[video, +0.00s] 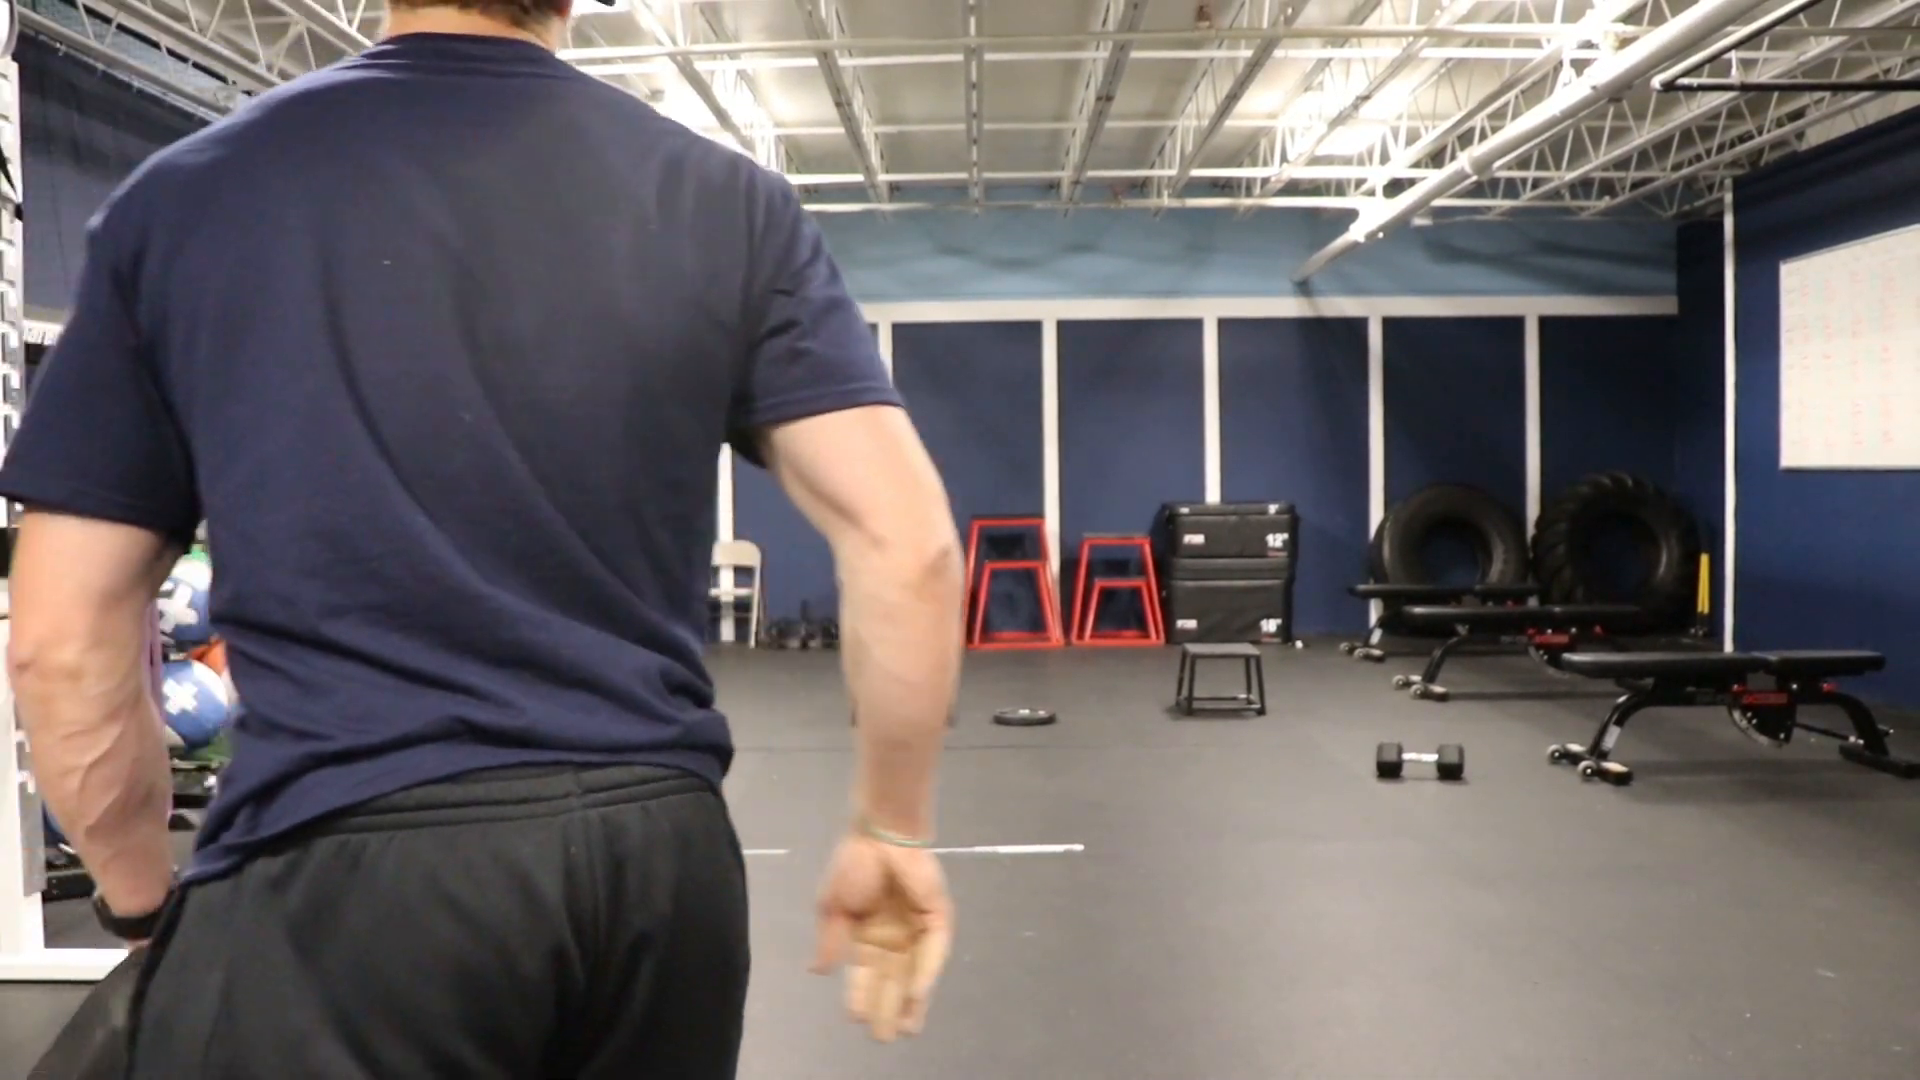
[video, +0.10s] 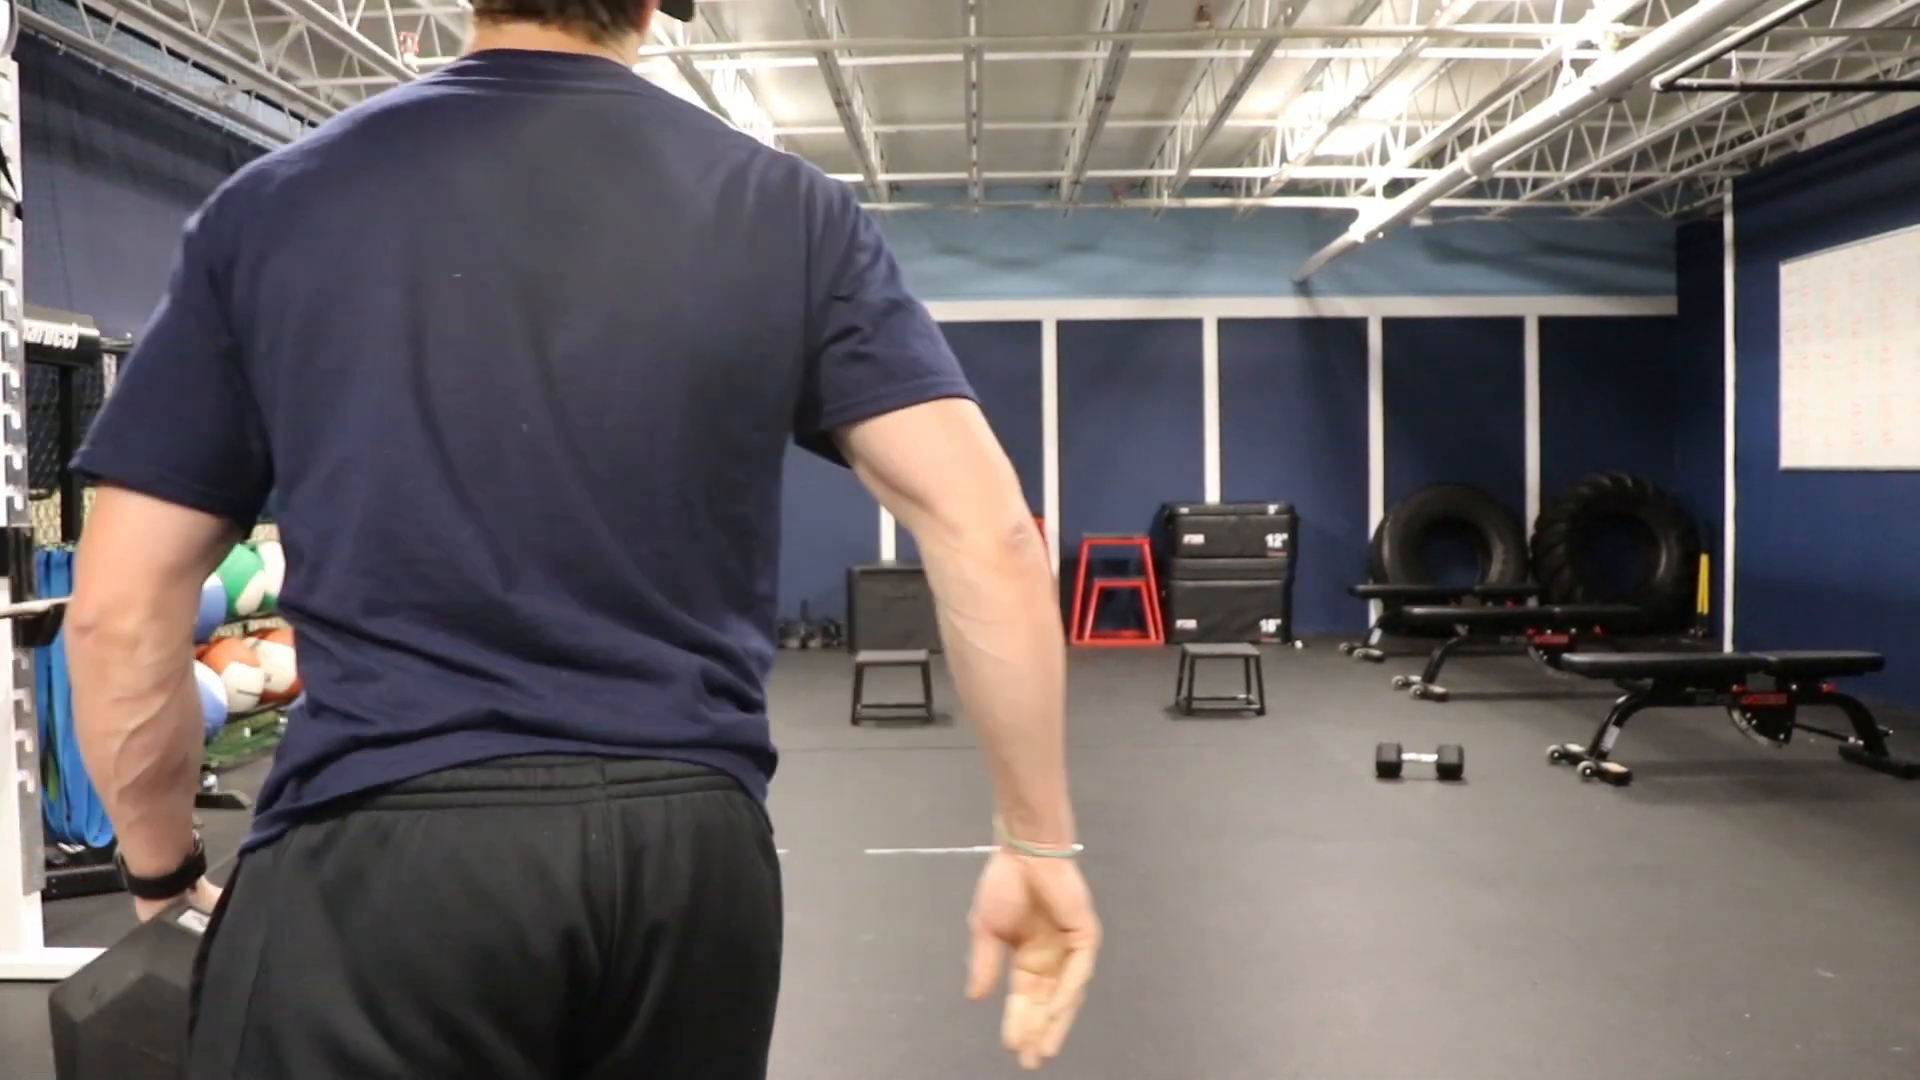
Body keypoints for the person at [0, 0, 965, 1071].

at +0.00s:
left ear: (387, 5)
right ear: (565, 5)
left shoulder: (187, 200)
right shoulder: (722, 196)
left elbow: (61, 638)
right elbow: (910, 537)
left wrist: (151, 903)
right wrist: (893, 827)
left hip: (337, 876)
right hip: (663, 853)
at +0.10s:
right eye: (655, 11)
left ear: (469, 12)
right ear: (650, 12)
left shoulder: (276, 205)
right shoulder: (786, 206)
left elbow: (120, 611)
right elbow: (988, 524)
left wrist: (165, 877)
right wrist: (1039, 835)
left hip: (381, 858)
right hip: (695, 853)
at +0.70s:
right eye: (711, 71)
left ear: (542, 72)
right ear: (705, 81)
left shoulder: (389, 267)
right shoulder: (776, 270)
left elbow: (283, 561)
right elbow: (930, 530)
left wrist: (254, 805)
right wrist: (1062, 776)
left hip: (429, 790)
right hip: (659, 798)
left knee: (430, 1064)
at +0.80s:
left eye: (519, 65)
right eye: (681, 87)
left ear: (523, 83)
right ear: (674, 94)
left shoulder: (380, 273)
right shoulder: (745, 262)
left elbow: (294, 562)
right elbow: (900, 504)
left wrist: (269, 795)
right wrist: (1040, 734)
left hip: (429, 771)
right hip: (654, 776)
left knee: (437, 1059)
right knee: (673, 1057)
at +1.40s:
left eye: (636, 154)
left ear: (634, 170)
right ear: (762, 179)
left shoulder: (530, 317)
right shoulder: (802, 324)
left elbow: (464, 538)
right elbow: (926, 505)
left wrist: (419, 719)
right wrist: (1057, 684)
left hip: (556, 702)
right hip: (727, 709)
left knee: (526, 1027)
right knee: (712, 1024)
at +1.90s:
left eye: (673, 213)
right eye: (765, 215)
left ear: (667, 225)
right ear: (769, 224)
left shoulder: (591, 349)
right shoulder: (814, 346)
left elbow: (544, 533)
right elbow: (941, 488)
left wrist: (516, 682)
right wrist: (1025, 603)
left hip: (624, 659)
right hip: (753, 664)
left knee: (645, 925)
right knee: (737, 927)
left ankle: (666, 1074)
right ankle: (713, 1076)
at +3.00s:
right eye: (784, 253)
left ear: (705, 259)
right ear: (786, 263)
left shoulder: (641, 354)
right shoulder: (820, 362)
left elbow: (599, 497)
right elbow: (912, 475)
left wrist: (568, 611)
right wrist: (994, 569)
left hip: (652, 606)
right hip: (759, 612)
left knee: (646, 810)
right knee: (738, 823)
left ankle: (639, 1009)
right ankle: (707, 1044)